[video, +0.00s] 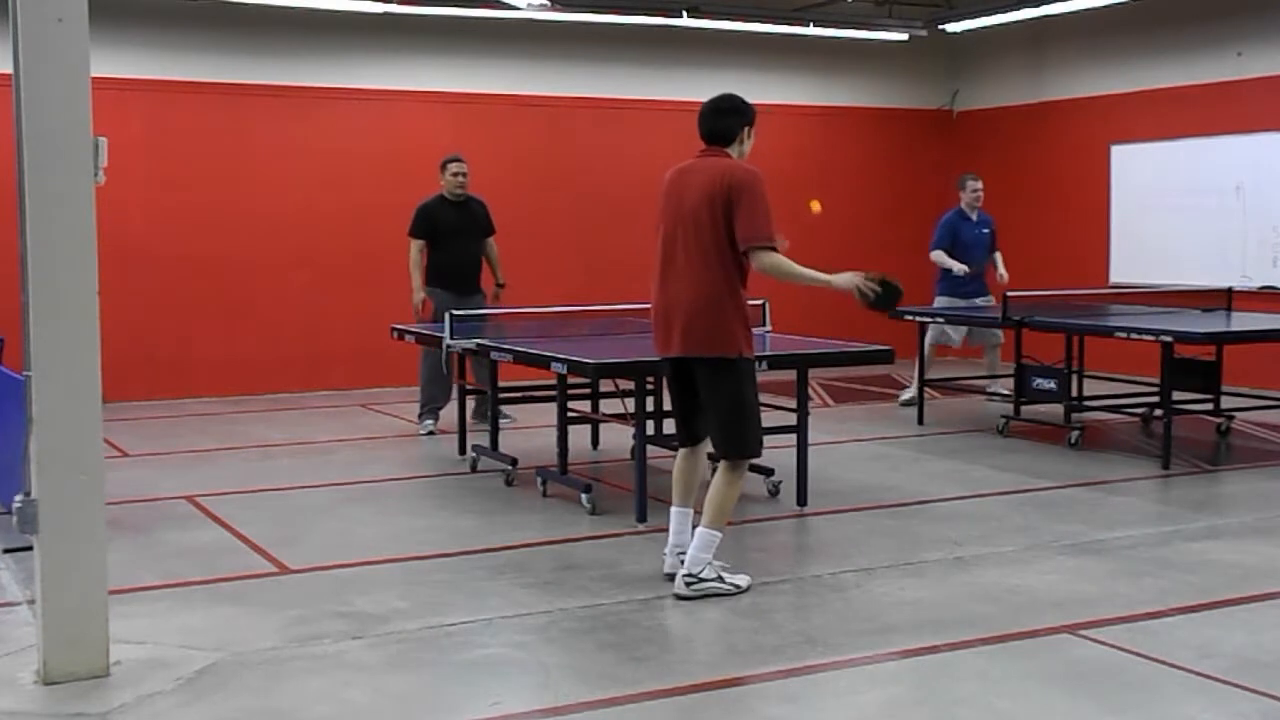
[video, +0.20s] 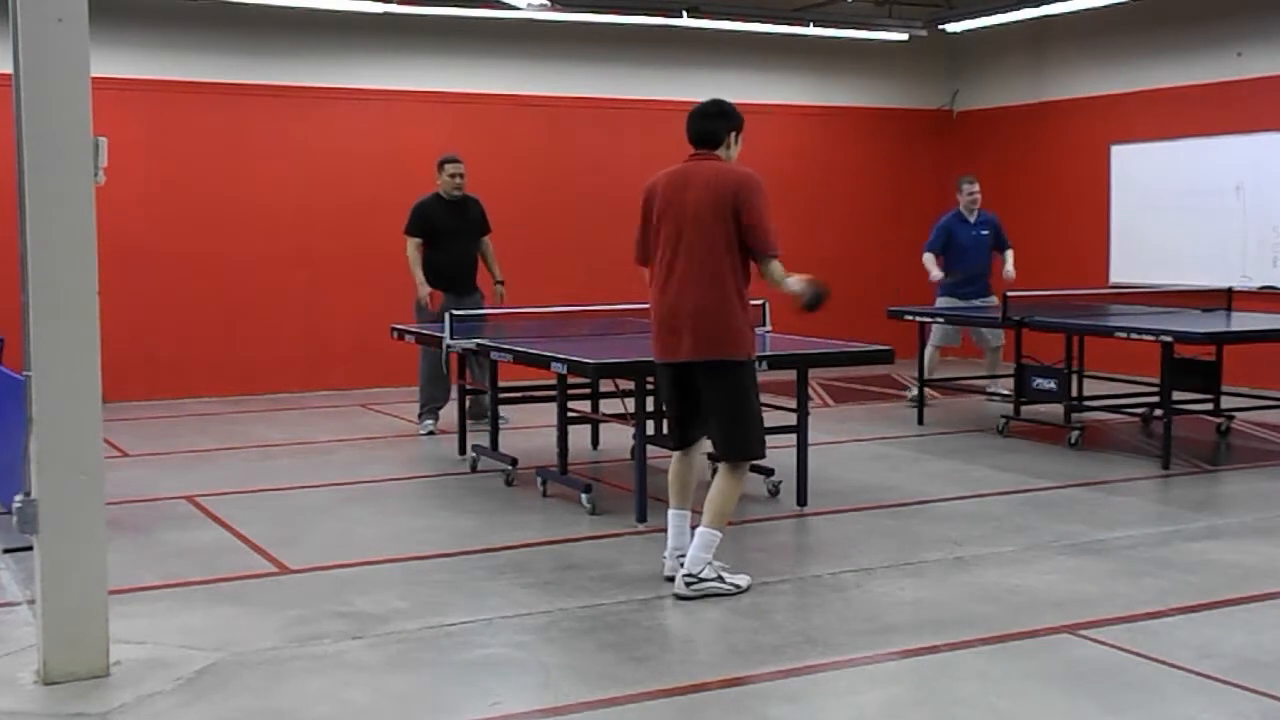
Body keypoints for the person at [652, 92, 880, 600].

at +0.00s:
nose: (752, 142)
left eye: (751, 133)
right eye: (752, 134)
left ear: (704, 133)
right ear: (742, 135)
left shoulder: (676, 177)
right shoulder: (741, 178)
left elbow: (688, 246)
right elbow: (764, 259)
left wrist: (759, 244)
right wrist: (833, 279)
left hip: (671, 329)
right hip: (718, 333)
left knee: (692, 441)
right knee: (736, 455)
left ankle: (676, 550)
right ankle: (697, 568)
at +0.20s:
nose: (741, 147)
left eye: (739, 139)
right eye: (740, 139)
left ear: (692, 139)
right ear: (730, 140)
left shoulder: (658, 185)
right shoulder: (741, 183)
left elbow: (647, 258)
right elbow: (766, 260)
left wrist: (682, 288)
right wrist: (791, 284)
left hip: (669, 341)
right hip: (723, 340)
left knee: (686, 444)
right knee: (735, 457)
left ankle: (676, 554)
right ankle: (698, 566)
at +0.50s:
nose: (730, 143)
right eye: (729, 136)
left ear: (680, 140)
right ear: (724, 140)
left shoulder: (657, 189)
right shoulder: (746, 187)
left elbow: (624, 267)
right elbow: (756, 259)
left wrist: (590, 303)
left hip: (684, 343)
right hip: (742, 343)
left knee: (691, 445)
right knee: (751, 454)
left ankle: (675, 554)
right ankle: (709, 550)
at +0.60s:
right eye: (725, 134)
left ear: (683, 140)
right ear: (727, 139)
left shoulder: (662, 191)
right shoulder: (751, 187)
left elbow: (625, 268)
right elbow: (765, 262)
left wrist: (580, 316)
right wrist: (736, 306)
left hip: (691, 344)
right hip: (751, 341)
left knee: (692, 445)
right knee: (764, 456)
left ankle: (677, 552)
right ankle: (737, 550)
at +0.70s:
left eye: (689, 137)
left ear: (690, 142)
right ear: (735, 141)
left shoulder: (672, 192)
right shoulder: (761, 189)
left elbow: (636, 272)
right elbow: (772, 267)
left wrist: (591, 338)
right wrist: (740, 307)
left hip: (699, 345)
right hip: (762, 343)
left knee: (695, 444)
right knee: (787, 450)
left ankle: (678, 551)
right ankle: (782, 558)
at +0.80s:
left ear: (704, 145)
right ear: (748, 143)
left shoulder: (686, 195)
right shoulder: (773, 193)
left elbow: (660, 276)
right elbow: (786, 273)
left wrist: (631, 353)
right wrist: (761, 323)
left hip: (710, 352)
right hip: (774, 349)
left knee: (699, 446)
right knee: (805, 456)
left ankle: (679, 551)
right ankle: (831, 563)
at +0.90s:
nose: (722, 152)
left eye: (721, 145)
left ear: (722, 150)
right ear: (766, 149)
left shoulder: (708, 199)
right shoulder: (793, 199)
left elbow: (702, 276)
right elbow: (804, 282)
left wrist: (684, 356)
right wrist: (782, 333)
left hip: (727, 354)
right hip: (792, 356)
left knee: (706, 445)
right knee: (823, 463)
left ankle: (679, 551)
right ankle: (873, 570)